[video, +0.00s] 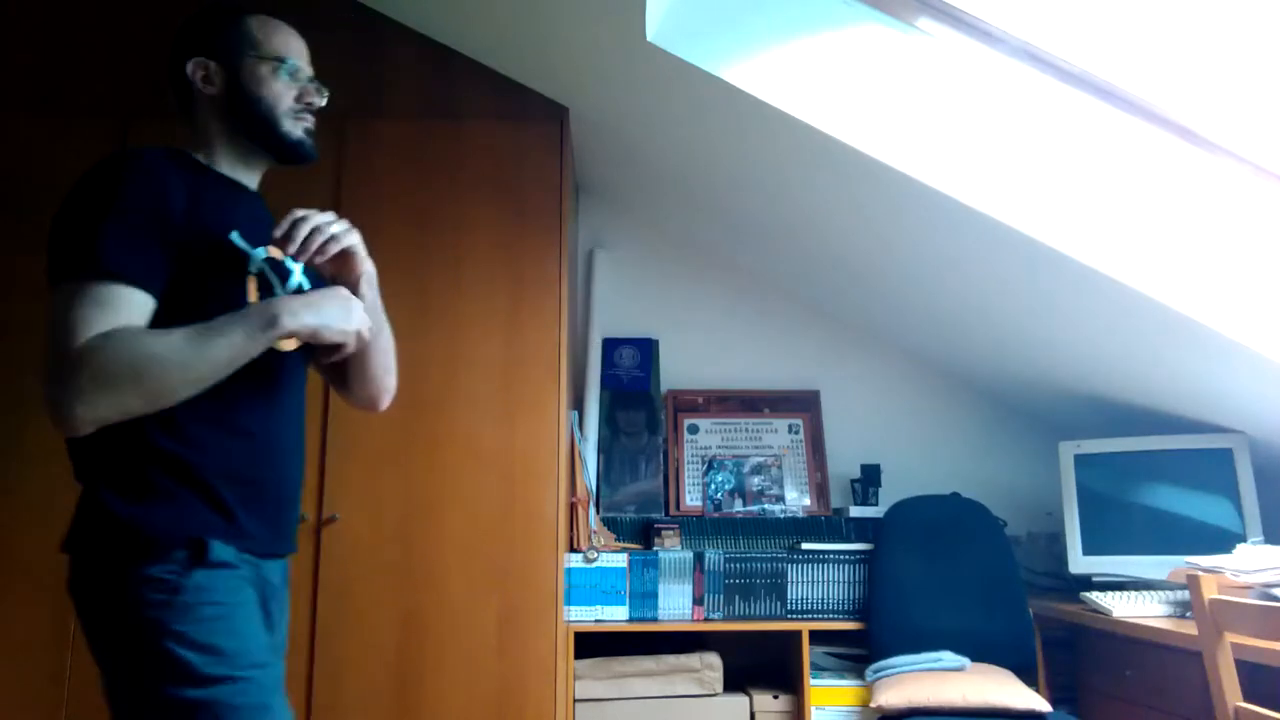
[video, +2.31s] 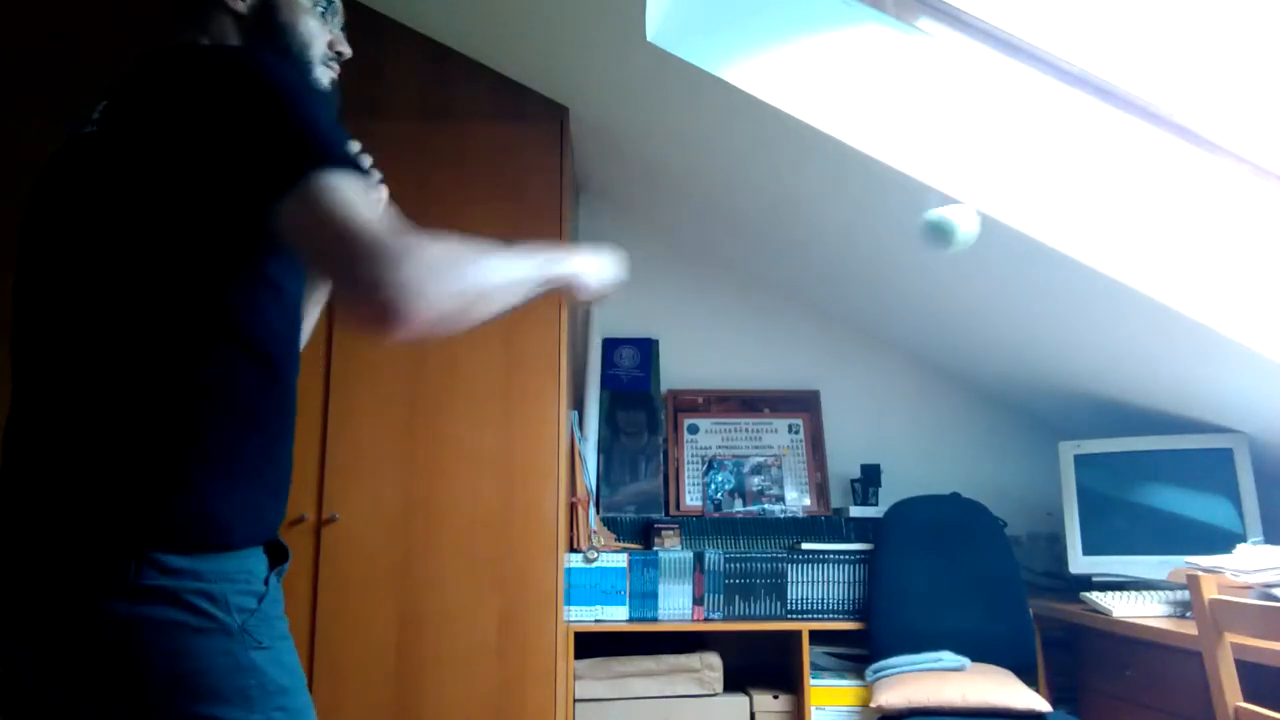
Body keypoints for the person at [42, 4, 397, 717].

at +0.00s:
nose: (316, 92)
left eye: (312, 78)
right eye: (286, 70)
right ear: (208, 79)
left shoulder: (274, 229)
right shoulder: (139, 185)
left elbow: (372, 390)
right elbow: (80, 391)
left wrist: (359, 277)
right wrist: (276, 315)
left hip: (256, 561)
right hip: (170, 562)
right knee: (252, 708)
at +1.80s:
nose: (299, 91)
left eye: (297, 77)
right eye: (267, 66)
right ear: (186, 75)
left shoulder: (243, 239)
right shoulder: (116, 183)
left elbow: (322, 422)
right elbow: (101, 394)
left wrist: (354, 289)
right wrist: (301, 271)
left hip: (233, 595)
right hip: (153, 597)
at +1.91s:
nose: (315, 77)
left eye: (313, 61)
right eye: (285, 51)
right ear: (201, 54)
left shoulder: (224, 201)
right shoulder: (149, 160)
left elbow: (316, 408)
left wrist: (354, 260)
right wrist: (370, 243)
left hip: (213, 587)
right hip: (164, 589)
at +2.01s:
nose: (330, 60)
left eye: (328, 42)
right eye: (302, 30)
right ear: (219, 27)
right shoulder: (194, 115)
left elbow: (303, 396)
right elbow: (335, 282)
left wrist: (355, 249)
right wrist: (500, 202)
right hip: (176, 575)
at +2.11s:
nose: (346, 46)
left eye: (344, 23)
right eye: (323, 17)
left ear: (238, 25)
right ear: (242, 10)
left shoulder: (170, 115)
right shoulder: (254, 89)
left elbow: (284, 370)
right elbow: (495, 226)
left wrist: (353, 235)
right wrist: (670, 191)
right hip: (175, 574)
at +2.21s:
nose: (350, 45)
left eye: (351, 25)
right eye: (335, 16)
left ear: (243, 23)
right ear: (254, 5)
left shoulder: (157, 105)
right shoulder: (257, 79)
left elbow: (279, 350)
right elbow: (507, 230)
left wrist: (343, 232)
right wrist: (675, 226)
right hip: (173, 583)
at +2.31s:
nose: (342, 46)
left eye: (339, 22)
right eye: (325, 13)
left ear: (226, 18)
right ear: (240, 10)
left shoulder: (128, 106)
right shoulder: (243, 80)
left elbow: (251, 346)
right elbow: (398, 288)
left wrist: (346, 225)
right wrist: (561, 262)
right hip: (186, 583)